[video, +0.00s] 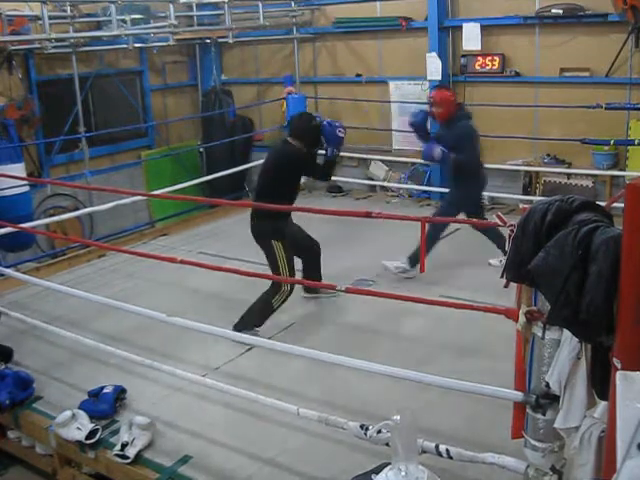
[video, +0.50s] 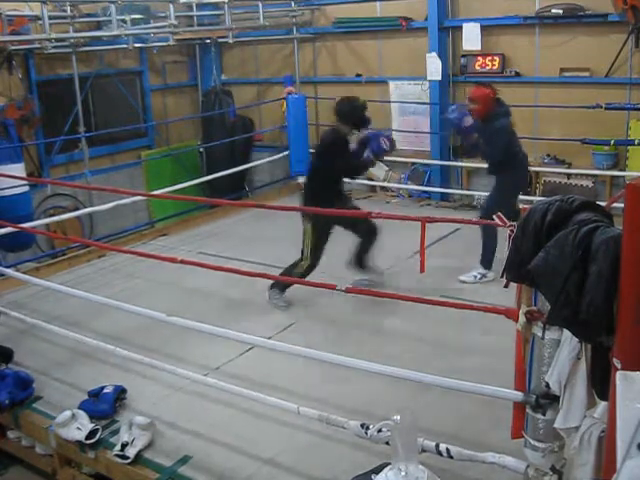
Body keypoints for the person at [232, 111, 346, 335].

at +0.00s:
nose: (319, 138)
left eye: (319, 133)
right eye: (317, 134)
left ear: (294, 132)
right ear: (308, 136)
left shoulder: (289, 149)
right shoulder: (293, 155)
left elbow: (319, 172)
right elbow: (324, 174)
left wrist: (330, 147)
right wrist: (333, 150)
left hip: (279, 220)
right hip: (269, 224)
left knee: (311, 248)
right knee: (284, 284)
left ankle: (313, 287)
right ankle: (242, 328)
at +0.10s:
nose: (324, 137)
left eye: (325, 132)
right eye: (323, 132)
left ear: (301, 129)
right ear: (315, 133)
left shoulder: (292, 147)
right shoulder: (300, 153)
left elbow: (325, 168)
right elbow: (330, 171)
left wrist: (335, 144)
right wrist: (340, 147)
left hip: (283, 218)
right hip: (272, 222)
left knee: (314, 248)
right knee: (284, 283)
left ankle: (323, 285)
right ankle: (243, 327)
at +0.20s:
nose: (335, 133)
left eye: (336, 129)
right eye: (334, 129)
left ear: (313, 124)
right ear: (325, 128)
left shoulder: (308, 141)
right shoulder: (308, 145)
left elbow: (337, 164)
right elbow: (340, 166)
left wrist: (346, 140)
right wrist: (350, 143)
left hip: (291, 213)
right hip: (280, 215)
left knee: (318, 248)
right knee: (277, 274)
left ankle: (328, 285)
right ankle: (244, 324)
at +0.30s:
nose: (345, 118)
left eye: (345, 115)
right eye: (343, 114)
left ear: (323, 111)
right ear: (336, 115)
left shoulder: (321, 131)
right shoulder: (318, 133)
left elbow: (342, 154)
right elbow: (344, 157)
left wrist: (355, 136)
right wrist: (362, 139)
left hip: (303, 202)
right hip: (289, 203)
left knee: (322, 243)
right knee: (287, 256)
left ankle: (328, 283)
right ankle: (257, 305)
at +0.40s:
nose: (356, 110)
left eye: (356, 106)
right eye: (353, 106)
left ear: (332, 108)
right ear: (343, 109)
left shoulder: (333, 132)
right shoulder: (324, 134)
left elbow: (345, 157)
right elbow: (346, 159)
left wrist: (358, 141)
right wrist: (365, 144)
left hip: (318, 196)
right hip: (301, 199)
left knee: (341, 236)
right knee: (310, 252)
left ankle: (330, 280)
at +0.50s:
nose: (366, 116)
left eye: (365, 112)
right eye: (363, 112)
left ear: (344, 116)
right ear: (352, 116)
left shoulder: (344, 137)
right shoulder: (333, 140)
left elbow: (346, 163)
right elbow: (350, 170)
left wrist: (362, 146)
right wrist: (373, 158)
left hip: (335, 201)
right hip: (316, 204)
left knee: (369, 230)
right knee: (309, 260)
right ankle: (277, 288)